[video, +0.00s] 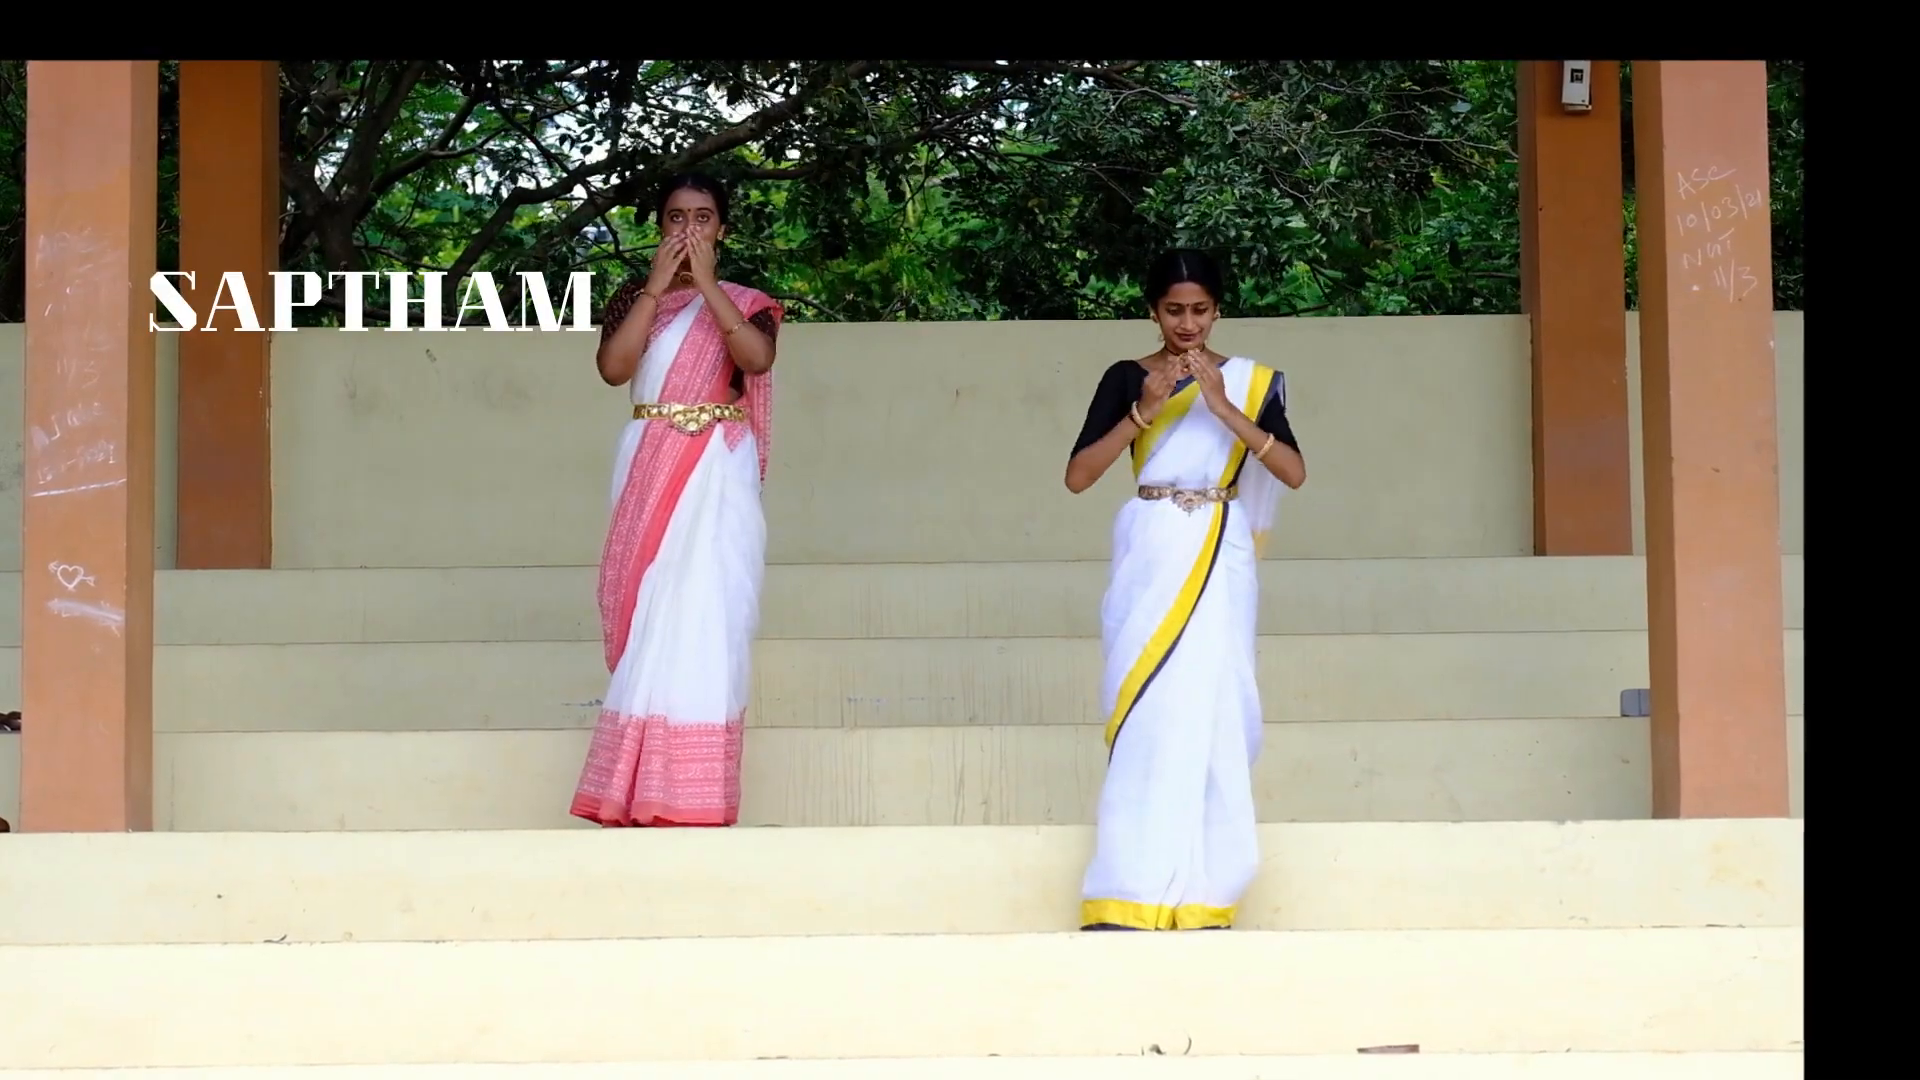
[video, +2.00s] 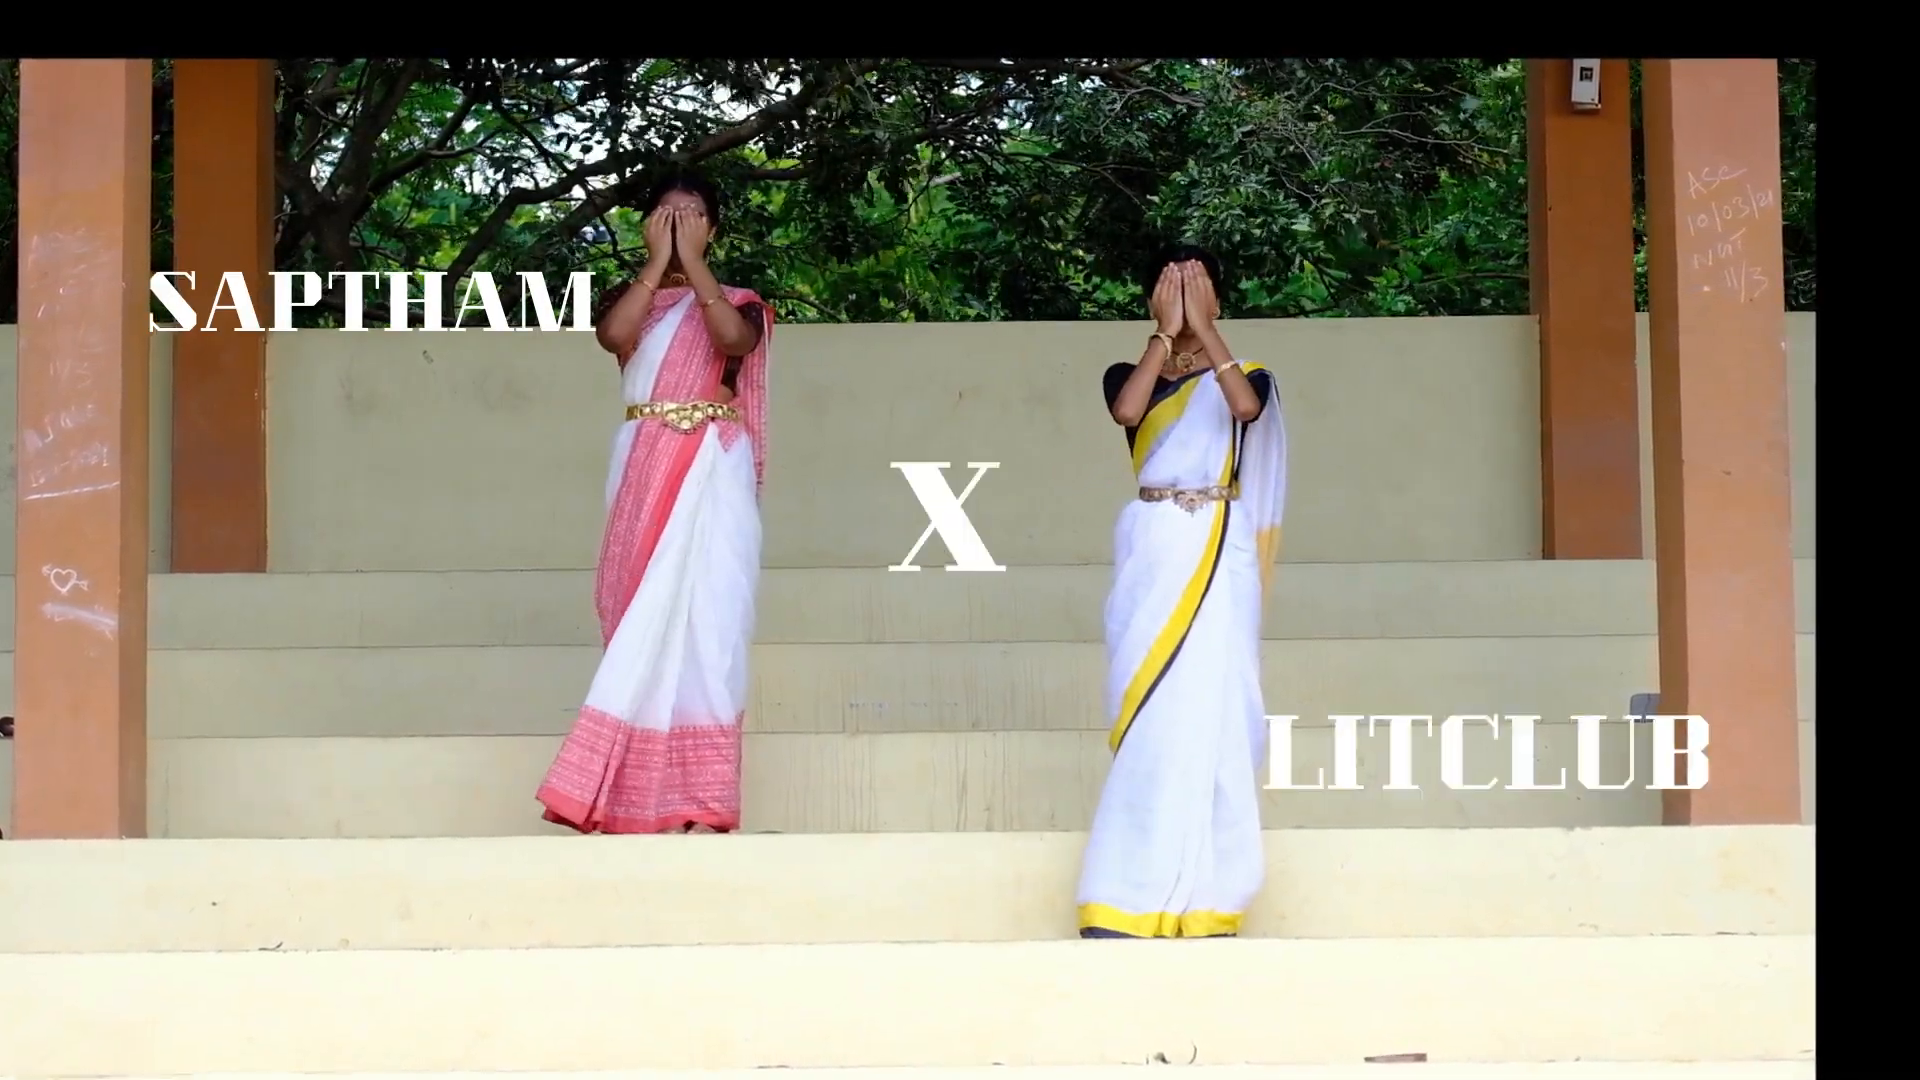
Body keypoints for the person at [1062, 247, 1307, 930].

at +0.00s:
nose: (1188, 322)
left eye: (1200, 310)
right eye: (1175, 310)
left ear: (1217, 312)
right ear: (1155, 312)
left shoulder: (1254, 383)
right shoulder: (1128, 378)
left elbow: (1294, 471)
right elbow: (1077, 476)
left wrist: (1222, 410)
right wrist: (1143, 412)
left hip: (1220, 555)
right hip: (1147, 549)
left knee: (1208, 709)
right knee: (1142, 707)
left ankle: (1201, 887)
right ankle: (1131, 887)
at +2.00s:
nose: (1182, 308)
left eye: (1194, 292)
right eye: (1170, 293)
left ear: (1217, 303)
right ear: (1153, 306)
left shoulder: (1246, 376)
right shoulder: (1135, 378)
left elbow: (1243, 406)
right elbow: (1127, 408)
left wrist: (1205, 324)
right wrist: (1164, 332)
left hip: (1216, 554)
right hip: (1148, 552)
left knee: (1203, 712)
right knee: (1145, 711)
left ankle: (1202, 894)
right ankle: (1136, 893)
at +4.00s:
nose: (1209, 305)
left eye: (1221, 292)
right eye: (1197, 294)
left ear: (1246, 305)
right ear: (1180, 307)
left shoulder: (1269, 381)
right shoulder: (1162, 373)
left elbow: (1263, 422)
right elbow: (1114, 406)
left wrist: (1229, 339)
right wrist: (1157, 333)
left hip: (1224, 562)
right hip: (1154, 557)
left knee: (1215, 723)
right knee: (1153, 720)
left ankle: (1213, 904)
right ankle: (1147, 902)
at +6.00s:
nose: (1202, 309)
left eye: (1214, 295)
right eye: (1192, 299)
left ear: (1246, 301)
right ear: (1187, 312)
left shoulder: (1304, 389)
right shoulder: (1186, 395)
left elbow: (1356, 480)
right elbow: (1182, 492)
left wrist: (1431, 547)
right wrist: (1237, 551)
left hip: (1273, 569)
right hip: (1197, 558)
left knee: (1242, 722)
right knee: (1117, 678)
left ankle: (1226, 896)